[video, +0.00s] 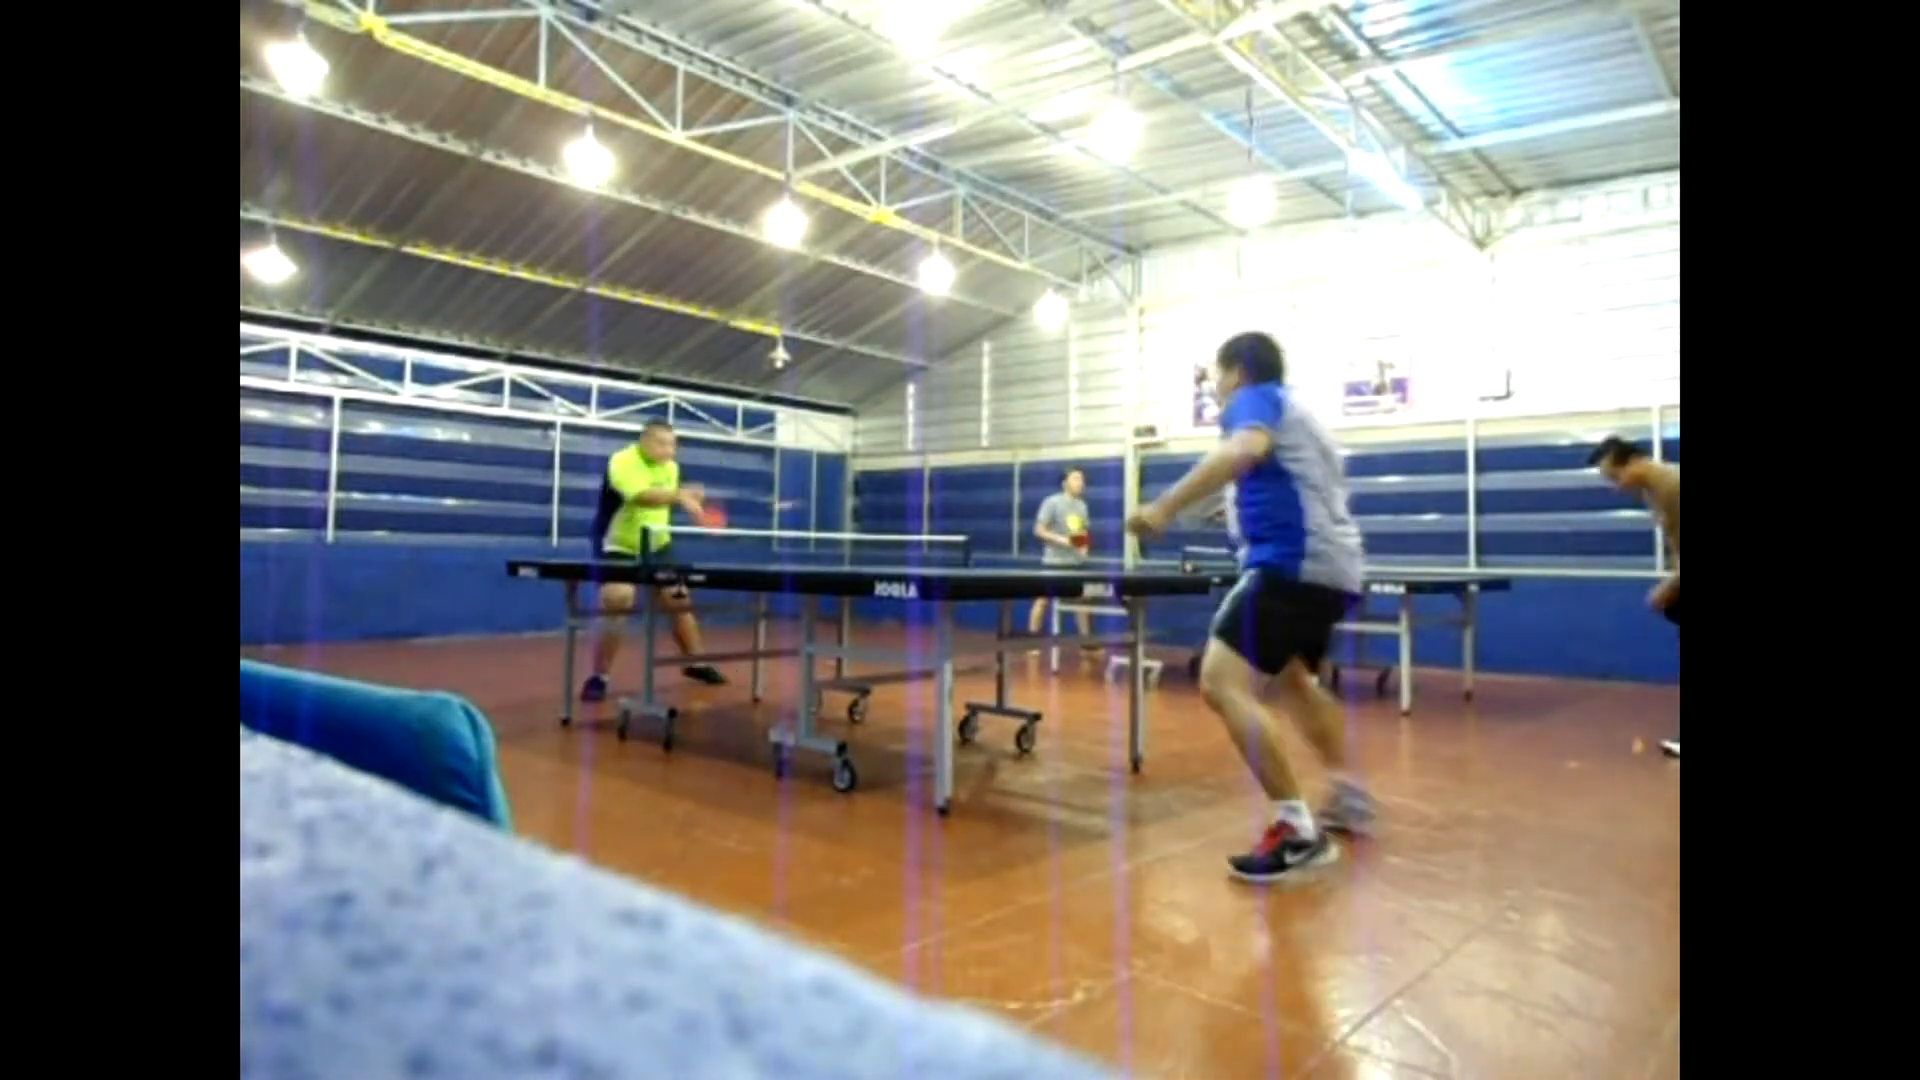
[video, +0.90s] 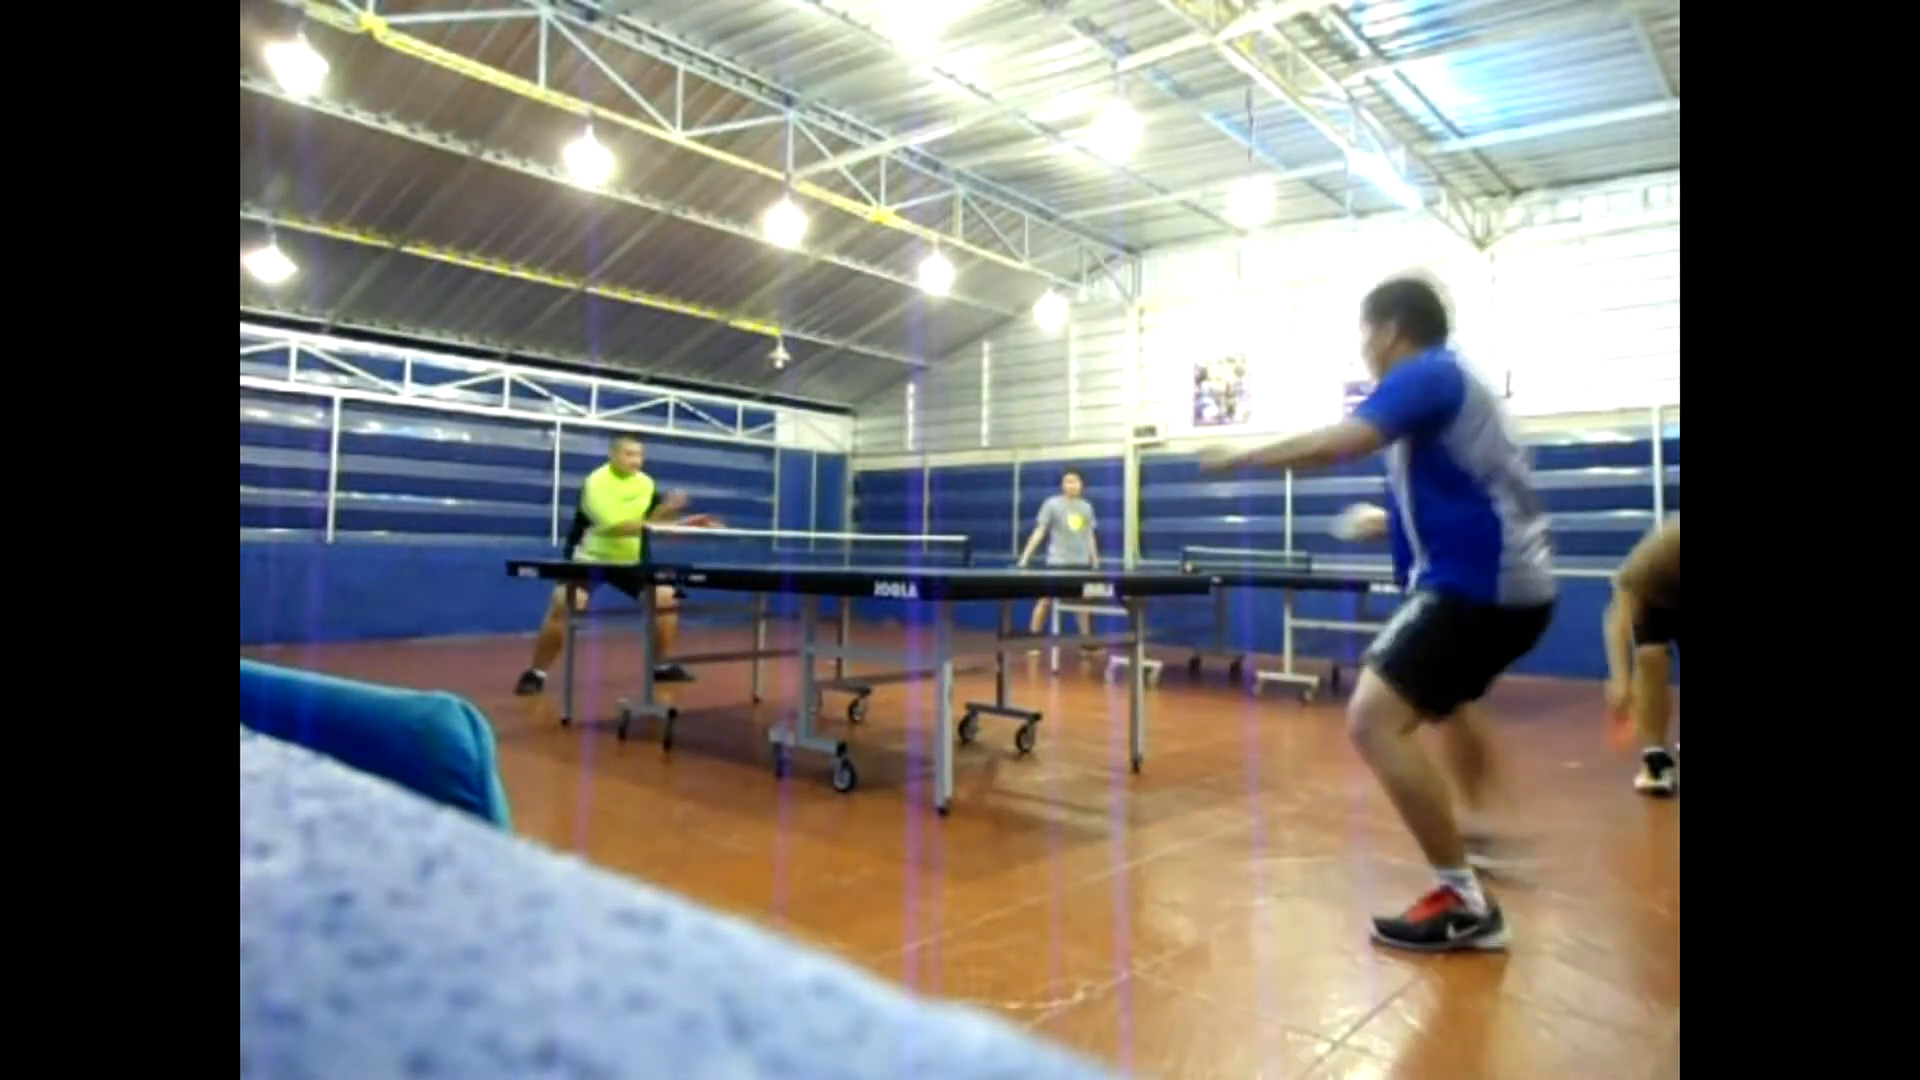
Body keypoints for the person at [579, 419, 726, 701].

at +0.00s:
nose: (667, 450)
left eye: (670, 444)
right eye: (661, 443)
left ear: (673, 447)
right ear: (645, 442)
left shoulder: (671, 467)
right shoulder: (621, 462)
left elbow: (664, 498)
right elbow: (638, 495)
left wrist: (687, 501)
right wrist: (680, 497)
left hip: (658, 544)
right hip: (620, 545)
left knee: (679, 600)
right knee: (618, 602)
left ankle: (695, 661)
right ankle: (600, 675)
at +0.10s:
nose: (666, 444)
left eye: (670, 438)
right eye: (659, 436)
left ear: (672, 441)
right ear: (642, 436)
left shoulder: (669, 465)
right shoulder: (617, 457)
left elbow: (667, 498)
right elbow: (616, 489)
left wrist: (687, 487)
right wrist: (660, 481)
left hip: (658, 543)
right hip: (621, 545)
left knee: (675, 598)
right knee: (620, 602)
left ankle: (674, 659)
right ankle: (601, 674)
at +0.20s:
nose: (665, 443)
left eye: (670, 438)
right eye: (659, 436)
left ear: (673, 442)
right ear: (643, 436)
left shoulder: (672, 470)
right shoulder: (621, 458)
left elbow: (672, 503)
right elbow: (598, 485)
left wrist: (688, 493)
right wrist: (631, 478)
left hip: (660, 546)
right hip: (624, 545)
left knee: (671, 602)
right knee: (624, 602)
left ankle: (664, 662)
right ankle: (601, 675)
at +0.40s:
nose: (664, 442)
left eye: (669, 436)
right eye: (658, 434)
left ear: (674, 440)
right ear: (645, 435)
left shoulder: (681, 471)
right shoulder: (621, 459)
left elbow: (685, 499)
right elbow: (587, 485)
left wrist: (691, 508)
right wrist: (611, 501)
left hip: (661, 544)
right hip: (620, 542)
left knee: (670, 602)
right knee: (607, 598)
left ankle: (664, 662)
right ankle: (582, 666)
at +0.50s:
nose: (658, 441)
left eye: (663, 436)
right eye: (652, 434)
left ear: (668, 439)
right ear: (639, 434)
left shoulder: (676, 470)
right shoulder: (615, 458)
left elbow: (687, 498)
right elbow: (581, 484)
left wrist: (685, 502)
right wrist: (608, 502)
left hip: (657, 545)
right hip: (614, 542)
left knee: (669, 600)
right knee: (591, 599)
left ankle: (664, 662)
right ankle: (560, 663)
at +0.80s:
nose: (635, 460)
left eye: (639, 454)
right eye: (629, 453)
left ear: (644, 458)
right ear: (614, 454)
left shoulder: (648, 487)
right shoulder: (590, 478)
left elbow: (662, 521)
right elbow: (570, 514)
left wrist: (662, 510)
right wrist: (618, 529)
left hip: (629, 563)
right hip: (588, 560)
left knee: (668, 599)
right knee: (564, 604)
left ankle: (662, 663)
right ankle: (537, 671)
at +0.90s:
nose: (635, 460)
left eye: (638, 454)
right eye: (629, 454)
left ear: (642, 457)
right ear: (613, 455)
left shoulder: (646, 484)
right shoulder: (595, 483)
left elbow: (649, 518)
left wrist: (670, 510)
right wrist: (651, 523)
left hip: (629, 562)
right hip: (590, 561)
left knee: (665, 598)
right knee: (565, 603)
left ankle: (663, 663)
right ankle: (537, 672)